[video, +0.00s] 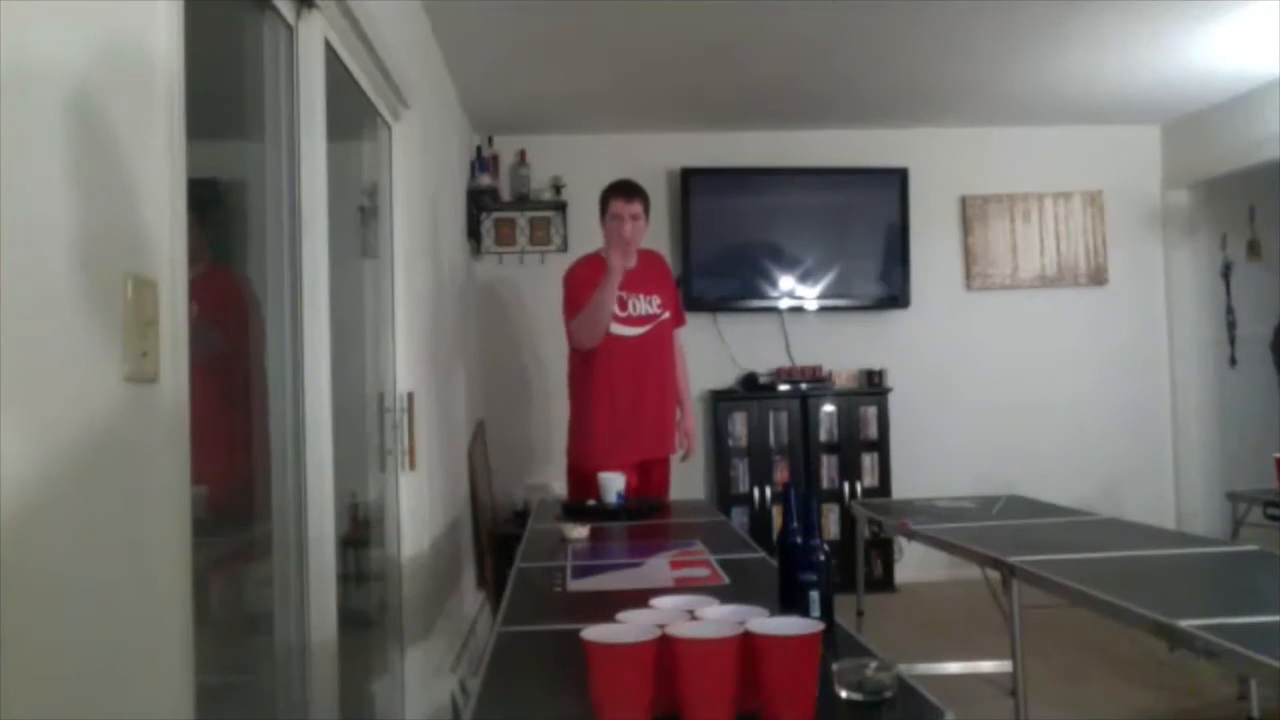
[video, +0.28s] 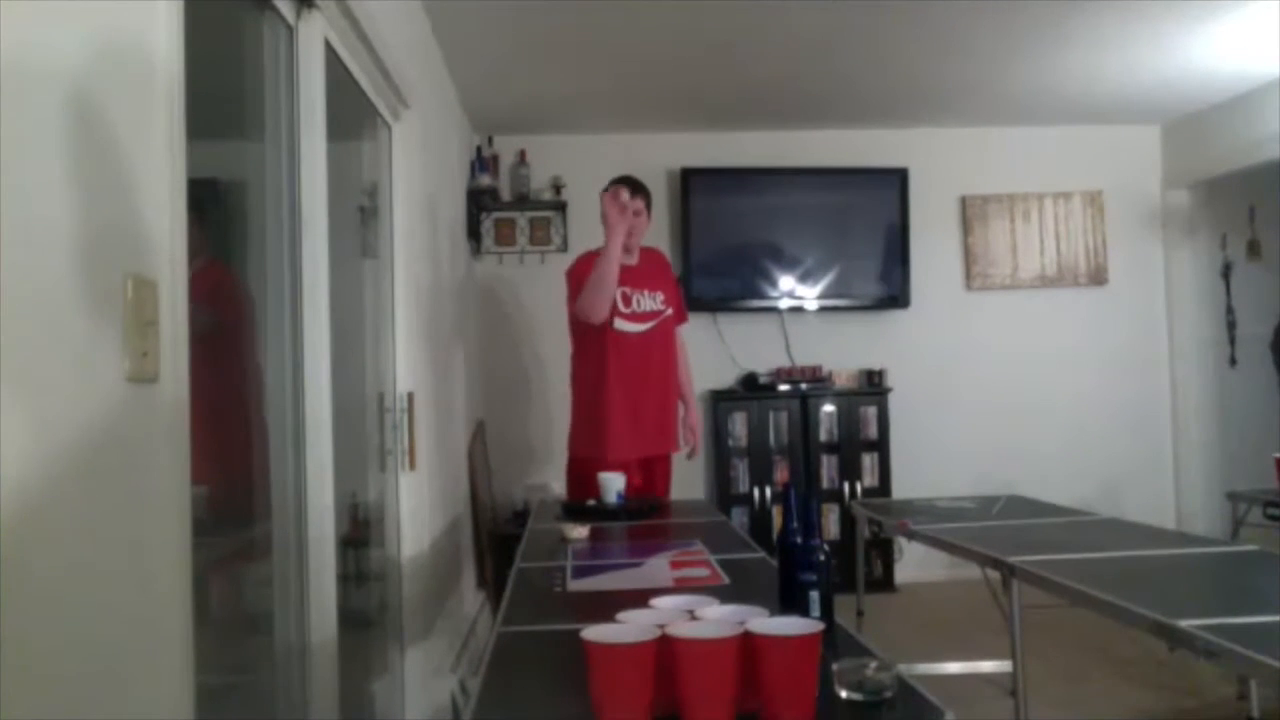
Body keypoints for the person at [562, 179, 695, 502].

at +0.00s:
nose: (626, 228)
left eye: (635, 219)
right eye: (617, 219)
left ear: (646, 224)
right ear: (603, 223)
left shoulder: (657, 267)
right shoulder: (584, 273)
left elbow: (673, 344)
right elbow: (583, 338)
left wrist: (686, 411)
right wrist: (613, 276)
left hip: (652, 431)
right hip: (599, 433)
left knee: (652, 539)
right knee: (598, 540)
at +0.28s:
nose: (629, 223)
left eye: (637, 214)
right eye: (621, 215)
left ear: (648, 220)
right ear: (608, 220)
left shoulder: (658, 265)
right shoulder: (587, 267)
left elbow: (675, 341)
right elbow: (594, 312)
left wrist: (690, 405)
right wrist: (613, 238)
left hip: (653, 436)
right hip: (601, 438)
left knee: (653, 542)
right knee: (600, 546)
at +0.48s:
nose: (631, 214)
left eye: (639, 204)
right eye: (623, 205)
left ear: (649, 212)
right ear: (607, 211)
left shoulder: (656, 259)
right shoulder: (588, 257)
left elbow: (672, 336)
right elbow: (604, 255)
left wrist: (691, 398)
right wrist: (618, 176)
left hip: (652, 429)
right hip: (603, 429)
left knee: (652, 541)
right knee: (598, 544)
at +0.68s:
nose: (635, 211)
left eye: (642, 202)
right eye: (625, 202)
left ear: (652, 208)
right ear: (609, 207)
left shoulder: (656, 259)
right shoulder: (588, 252)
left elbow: (666, 339)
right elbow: (614, 264)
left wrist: (689, 400)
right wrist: (618, 170)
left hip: (651, 429)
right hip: (602, 429)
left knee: (650, 544)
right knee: (600, 546)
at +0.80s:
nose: (636, 213)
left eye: (644, 203)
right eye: (625, 203)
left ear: (655, 208)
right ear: (609, 209)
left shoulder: (657, 259)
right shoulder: (593, 259)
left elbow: (665, 342)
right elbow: (599, 333)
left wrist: (687, 404)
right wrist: (621, 254)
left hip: (651, 430)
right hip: (602, 432)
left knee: (650, 541)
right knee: (597, 542)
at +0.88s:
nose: (637, 214)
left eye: (646, 205)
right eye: (627, 204)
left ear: (656, 210)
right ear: (611, 210)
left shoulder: (659, 261)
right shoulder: (593, 263)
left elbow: (666, 347)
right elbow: (581, 350)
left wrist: (685, 404)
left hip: (651, 429)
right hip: (602, 430)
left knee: (650, 539)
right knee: (596, 540)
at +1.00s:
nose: (639, 217)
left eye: (648, 208)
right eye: (629, 208)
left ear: (658, 213)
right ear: (613, 213)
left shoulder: (661, 262)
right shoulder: (590, 268)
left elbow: (667, 344)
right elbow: (561, 348)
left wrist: (683, 404)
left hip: (653, 438)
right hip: (602, 441)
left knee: (650, 543)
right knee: (598, 544)